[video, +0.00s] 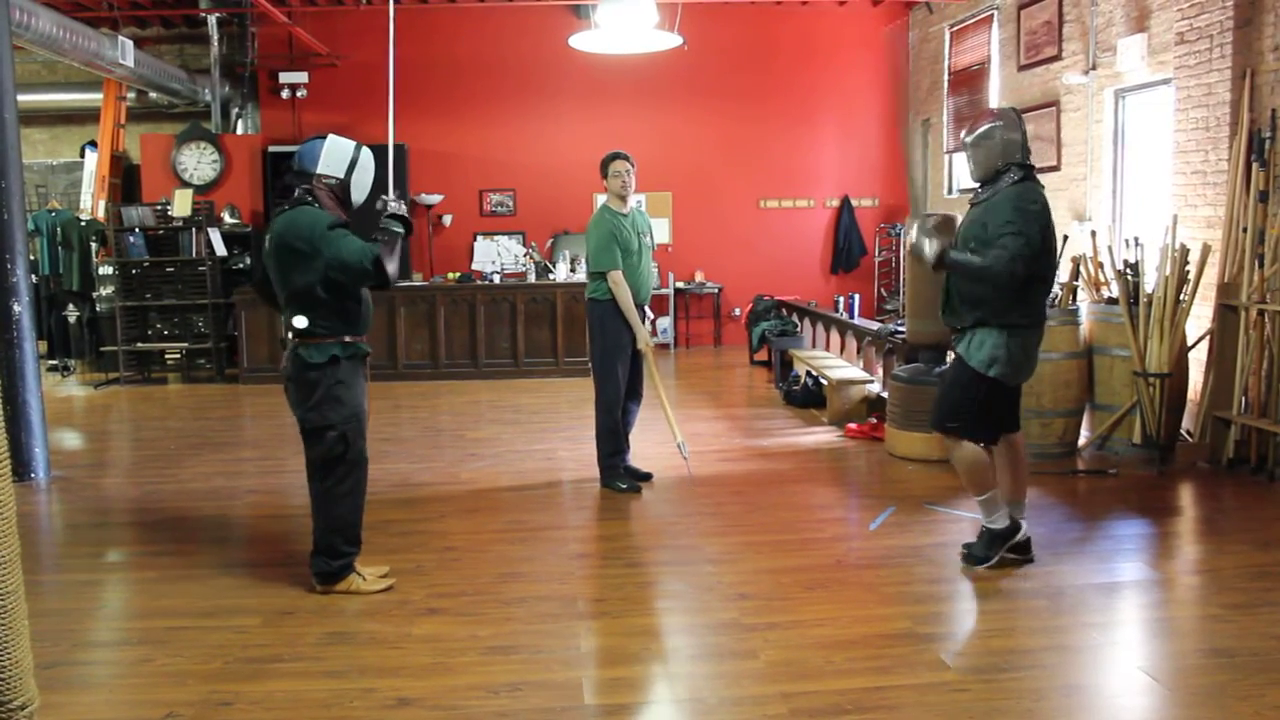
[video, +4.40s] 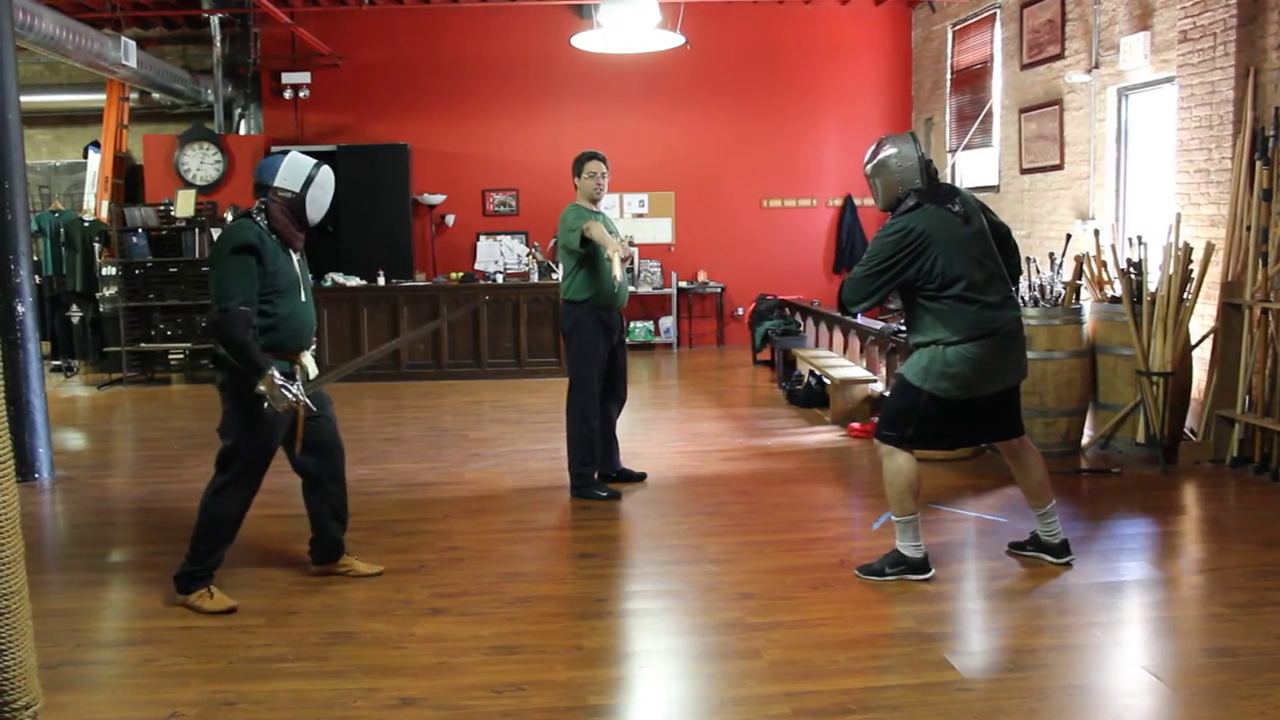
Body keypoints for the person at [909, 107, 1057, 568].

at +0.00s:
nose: (970, 159)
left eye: (976, 149)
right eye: (970, 150)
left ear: (1000, 149)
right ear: (1002, 150)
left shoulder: (1018, 199)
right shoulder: (1001, 196)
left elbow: (1008, 268)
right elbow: (990, 260)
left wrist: (947, 256)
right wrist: (947, 243)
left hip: (998, 336)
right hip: (996, 334)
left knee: (955, 428)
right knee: (1004, 431)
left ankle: (997, 525)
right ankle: (1013, 533)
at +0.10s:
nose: (966, 160)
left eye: (973, 150)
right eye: (966, 151)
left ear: (998, 148)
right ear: (1000, 150)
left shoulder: (1016, 199)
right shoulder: (998, 196)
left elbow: (1017, 271)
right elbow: (989, 265)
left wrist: (952, 286)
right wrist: (941, 273)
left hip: (992, 340)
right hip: (990, 337)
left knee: (946, 428)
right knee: (1001, 431)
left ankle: (976, 531)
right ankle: (1015, 534)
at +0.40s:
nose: (957, 158)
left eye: (965, 149)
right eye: (957, 151)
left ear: (993, 149)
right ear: (989, 152)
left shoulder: (1001, 202)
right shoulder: (982, 200)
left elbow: (999, 279)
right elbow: (970, 276)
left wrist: (979, 345)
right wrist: (928, 331)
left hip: (963, 343)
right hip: (960, 339)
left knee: (941, 445)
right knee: (983, 437)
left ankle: (951, 557)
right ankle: (1012, 535)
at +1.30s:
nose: (909, 163)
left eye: (913, 153)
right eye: (909, 153)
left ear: (934, 154)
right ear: (954, 152)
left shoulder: (953, 206)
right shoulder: (979, 197)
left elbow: (952, 287)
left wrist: (930, 357)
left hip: (958, 354)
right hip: (989, 349)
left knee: (927, 447)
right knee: (993, 434)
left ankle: (951, 558)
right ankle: (1013, 534)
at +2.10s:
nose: (940, 170)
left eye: (945, 159)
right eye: (940, 160)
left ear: (968, 157)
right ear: (982, 156)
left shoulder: (978, 209)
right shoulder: (1019, 196)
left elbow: (945, 289)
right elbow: (1042, 265)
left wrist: (909, 295)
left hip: (996, 345)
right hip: (1035, 341)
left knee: (940, 437)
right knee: (1024, 439)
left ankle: (950, 552)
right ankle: (1053, 541)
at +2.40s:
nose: (911, 177)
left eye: (914, 167)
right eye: (911, 168)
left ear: (933, 169)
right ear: (962, 165)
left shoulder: (937, 222)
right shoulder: (1004, 201)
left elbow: (884, 287)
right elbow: (1040, 262)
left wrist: (906, 241)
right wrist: (1007, 295)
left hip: (970, 351)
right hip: (1022, 346)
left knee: (909, 435)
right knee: (1019, 440)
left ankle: (907, 551)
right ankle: (1052, 540)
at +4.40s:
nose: (874, 192)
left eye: (876, 182)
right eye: (873, 183)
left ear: (892, 180)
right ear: (923, 172)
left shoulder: (904, 228)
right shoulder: (967, 204)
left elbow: (850, 298)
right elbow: (1009, 251)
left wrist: (886, 273)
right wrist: (995, 296)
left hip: (952, 352)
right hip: (1005, 344)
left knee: (892, 436)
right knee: (1012, 438)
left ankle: (910, 553)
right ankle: (1052, 538)